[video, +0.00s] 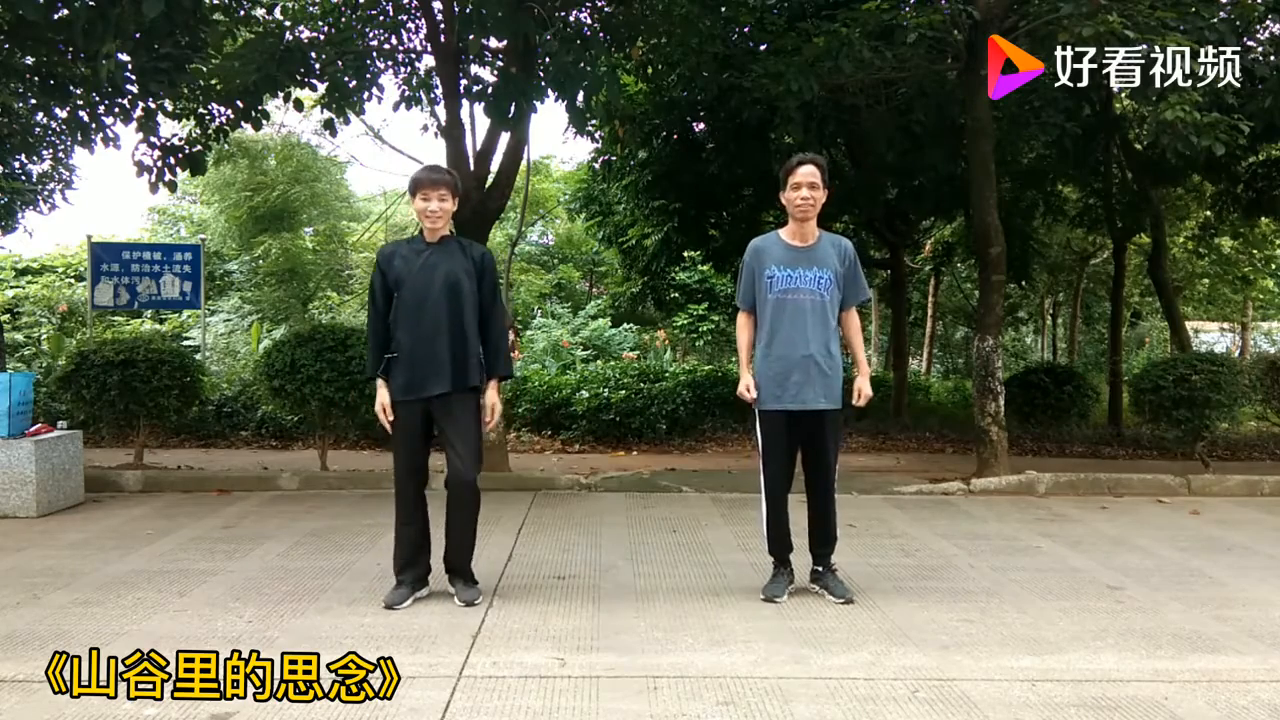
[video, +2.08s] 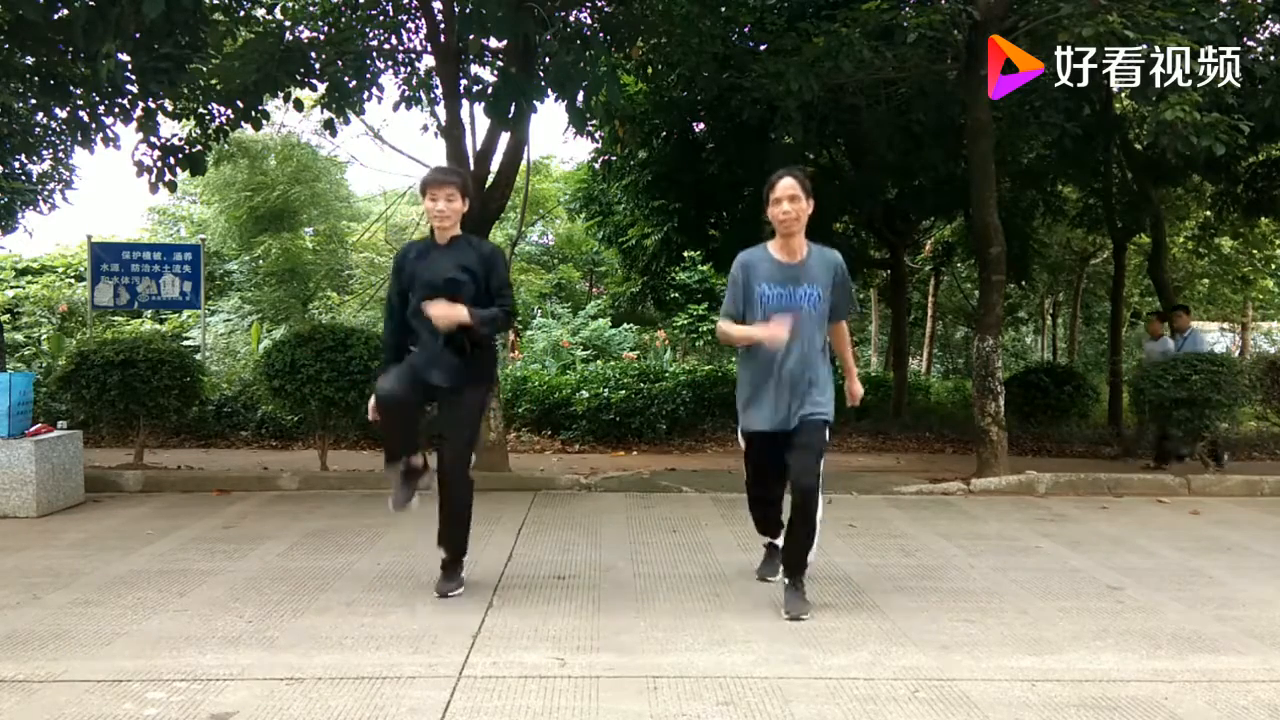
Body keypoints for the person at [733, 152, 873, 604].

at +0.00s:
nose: (804, 195)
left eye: (813, 187)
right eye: (796, 187)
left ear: (824, 195)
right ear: (783, 196)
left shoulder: (841, 250)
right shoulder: (759, 250)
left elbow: (849, 312)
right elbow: (745, 313)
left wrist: (863, 368)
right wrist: (744, 368)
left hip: (825, 387)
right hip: (773, 387)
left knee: (822, 484)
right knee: (775, 485)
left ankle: (822, 568)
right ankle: (781, 568)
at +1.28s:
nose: (785, 202)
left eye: (794, 194)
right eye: (777, 194)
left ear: (806, 203)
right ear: (765, 202)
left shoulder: (828, 254)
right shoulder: (745, 258)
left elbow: (855, 313)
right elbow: (727, 305)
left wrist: (830, 327)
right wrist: (707, 352)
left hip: (819, 393)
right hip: (766, 394)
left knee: (824, 487)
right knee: (769, 490)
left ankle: (823, 568)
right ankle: (781, 567)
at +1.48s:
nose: (779, 197)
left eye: (787, 188)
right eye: (771, 189)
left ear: (801, 197)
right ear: (759, 198)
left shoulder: (823, 246)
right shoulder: (738, 256)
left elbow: (857, 301)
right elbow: (718, 317)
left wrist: (817, 298)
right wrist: (696, 372)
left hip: (818, 375)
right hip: (763, 382)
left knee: (829, 443)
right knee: (765, 484)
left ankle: (827, 519)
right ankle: (782, 566)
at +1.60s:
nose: (777, 190)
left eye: (785, 182)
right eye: (769, 183)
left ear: (800, 187)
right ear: (759, 191)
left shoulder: (823, 237)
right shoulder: (742, 248)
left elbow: (846, 288)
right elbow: (722, 311)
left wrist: (841, 334)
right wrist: (740, 364)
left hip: (816, 353)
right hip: (765, 365)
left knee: (819, 382)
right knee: (772, 467)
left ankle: (820, 469)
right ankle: (782, 552)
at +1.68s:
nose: (778, 199)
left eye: (786, 191)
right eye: (770, 192)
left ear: (801, 197)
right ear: (759, 200)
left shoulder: (822, 247)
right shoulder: (742, 255)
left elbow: (841, 305)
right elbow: (723, 313)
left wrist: (854, 359)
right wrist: (761, 332)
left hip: (813, 359)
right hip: (764, 372)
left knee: (818, 371)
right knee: (771, 468)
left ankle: (817, 461)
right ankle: (781, 555)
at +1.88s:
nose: (782, 188)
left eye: (790, 180)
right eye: (774, 182)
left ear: (806, 185)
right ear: (765, 190)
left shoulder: (827, 240)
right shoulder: (745, 240)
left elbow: (839, 294)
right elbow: (726, 296)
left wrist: (854, 343)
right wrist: (772, 264)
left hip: (812, 363)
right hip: (759, 370)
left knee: (813, 432)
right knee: (770, 463)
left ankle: (810, 528)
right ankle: (781, 545)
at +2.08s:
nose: (786, 208)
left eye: (794, 200)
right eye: (778, 201)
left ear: (809, 206)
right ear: (768, 211)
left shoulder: (830, 263)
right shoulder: (748, 263)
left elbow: (838, 324)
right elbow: (725, 328)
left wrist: (852, 374)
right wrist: (758, 332)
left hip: (812, 398)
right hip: (760, 400)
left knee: (806, 486)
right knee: (762, 489)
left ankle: (796, 579)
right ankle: (773, 542)